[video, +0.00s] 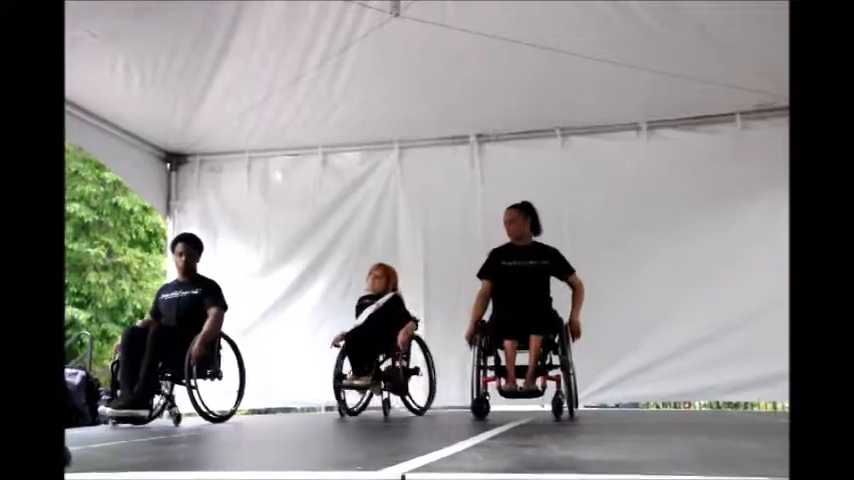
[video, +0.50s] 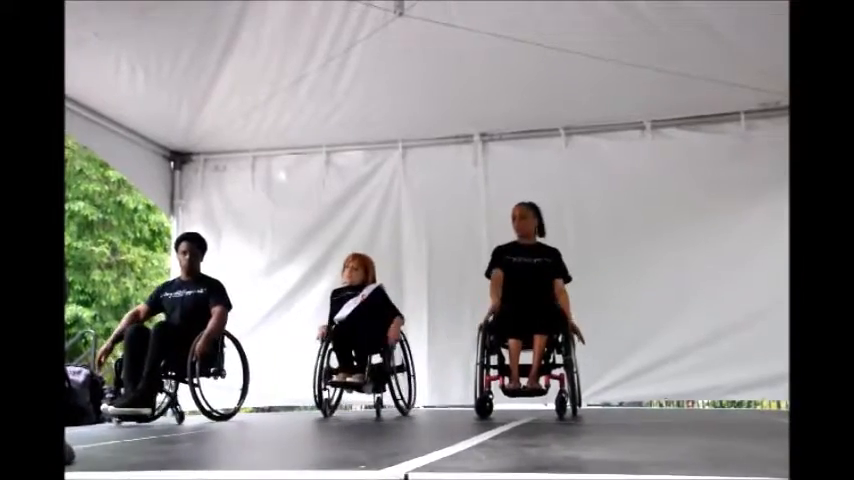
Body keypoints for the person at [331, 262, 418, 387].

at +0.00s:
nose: (373, 280)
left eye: (378, 277)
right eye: (371, 276)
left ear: (388, 281)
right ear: (368, 279)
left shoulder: (393, 300)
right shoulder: (364, 301)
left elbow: (411, 321)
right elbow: (362, 325)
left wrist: (405, 332)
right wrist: (345, 336)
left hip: (386, 337)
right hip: (367, 335)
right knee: (352, 340)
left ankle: (366, 374)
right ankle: (358, 373)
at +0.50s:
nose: (349, 272)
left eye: (355, 269)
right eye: (347, 267)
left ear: (366, 273)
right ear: (343, 271)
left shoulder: (375, 291)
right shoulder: (337, 294)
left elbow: (398, 316)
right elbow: (334, 322)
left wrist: (395, 327)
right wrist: (326, 330)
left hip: (373, 332)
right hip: (349, 333)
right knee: (338, 332)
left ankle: (359, 373)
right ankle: (345, 370)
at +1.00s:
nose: (331, 261)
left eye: (337, 257)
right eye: (328, 256)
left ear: (350, 261)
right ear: (325, 260)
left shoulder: (360, 281)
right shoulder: (322, 281)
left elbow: (370, 300)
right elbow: (300, 301)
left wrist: (376, 307)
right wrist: (301, 273)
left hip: (354, 318)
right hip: (331, 318)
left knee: (344, 332)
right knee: (319, 327)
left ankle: (345, 368)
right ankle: (329, 366)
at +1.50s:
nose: (324, 254)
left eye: (330, 251)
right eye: (321, 249)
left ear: (340, 257)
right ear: (314, 256)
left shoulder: (346, 276)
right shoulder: (307, 280)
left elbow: (360, 271)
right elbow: (304, 313)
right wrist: (289, 319)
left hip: (343, 318)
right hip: (318, 320)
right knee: (307, 322)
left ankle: (337, 370)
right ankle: (317, 368)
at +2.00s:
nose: (310, 248)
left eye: (318, 245)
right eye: (308, 242)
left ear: (331, 253)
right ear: (303, 246)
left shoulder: (340, 271)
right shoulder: (293, 274)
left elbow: (370, 286)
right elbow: (284, 306)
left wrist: (359, 258)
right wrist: (275, 324)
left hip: (334, 318)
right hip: (305, 319)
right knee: (294, 320)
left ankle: (323, 373)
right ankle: (303, 370)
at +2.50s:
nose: (302, 241)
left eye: (310, 237)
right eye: (301, 235)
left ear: (326, 243)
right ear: (297, 238)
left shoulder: (332, 268)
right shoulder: (285, 269)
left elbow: (361, 286)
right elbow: (267, 302)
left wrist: (385, 259)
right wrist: (248, 328)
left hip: (314, 317)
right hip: (284, 315)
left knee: (273, 317)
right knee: (263, 319)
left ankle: (274, 373)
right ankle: (270, 371)